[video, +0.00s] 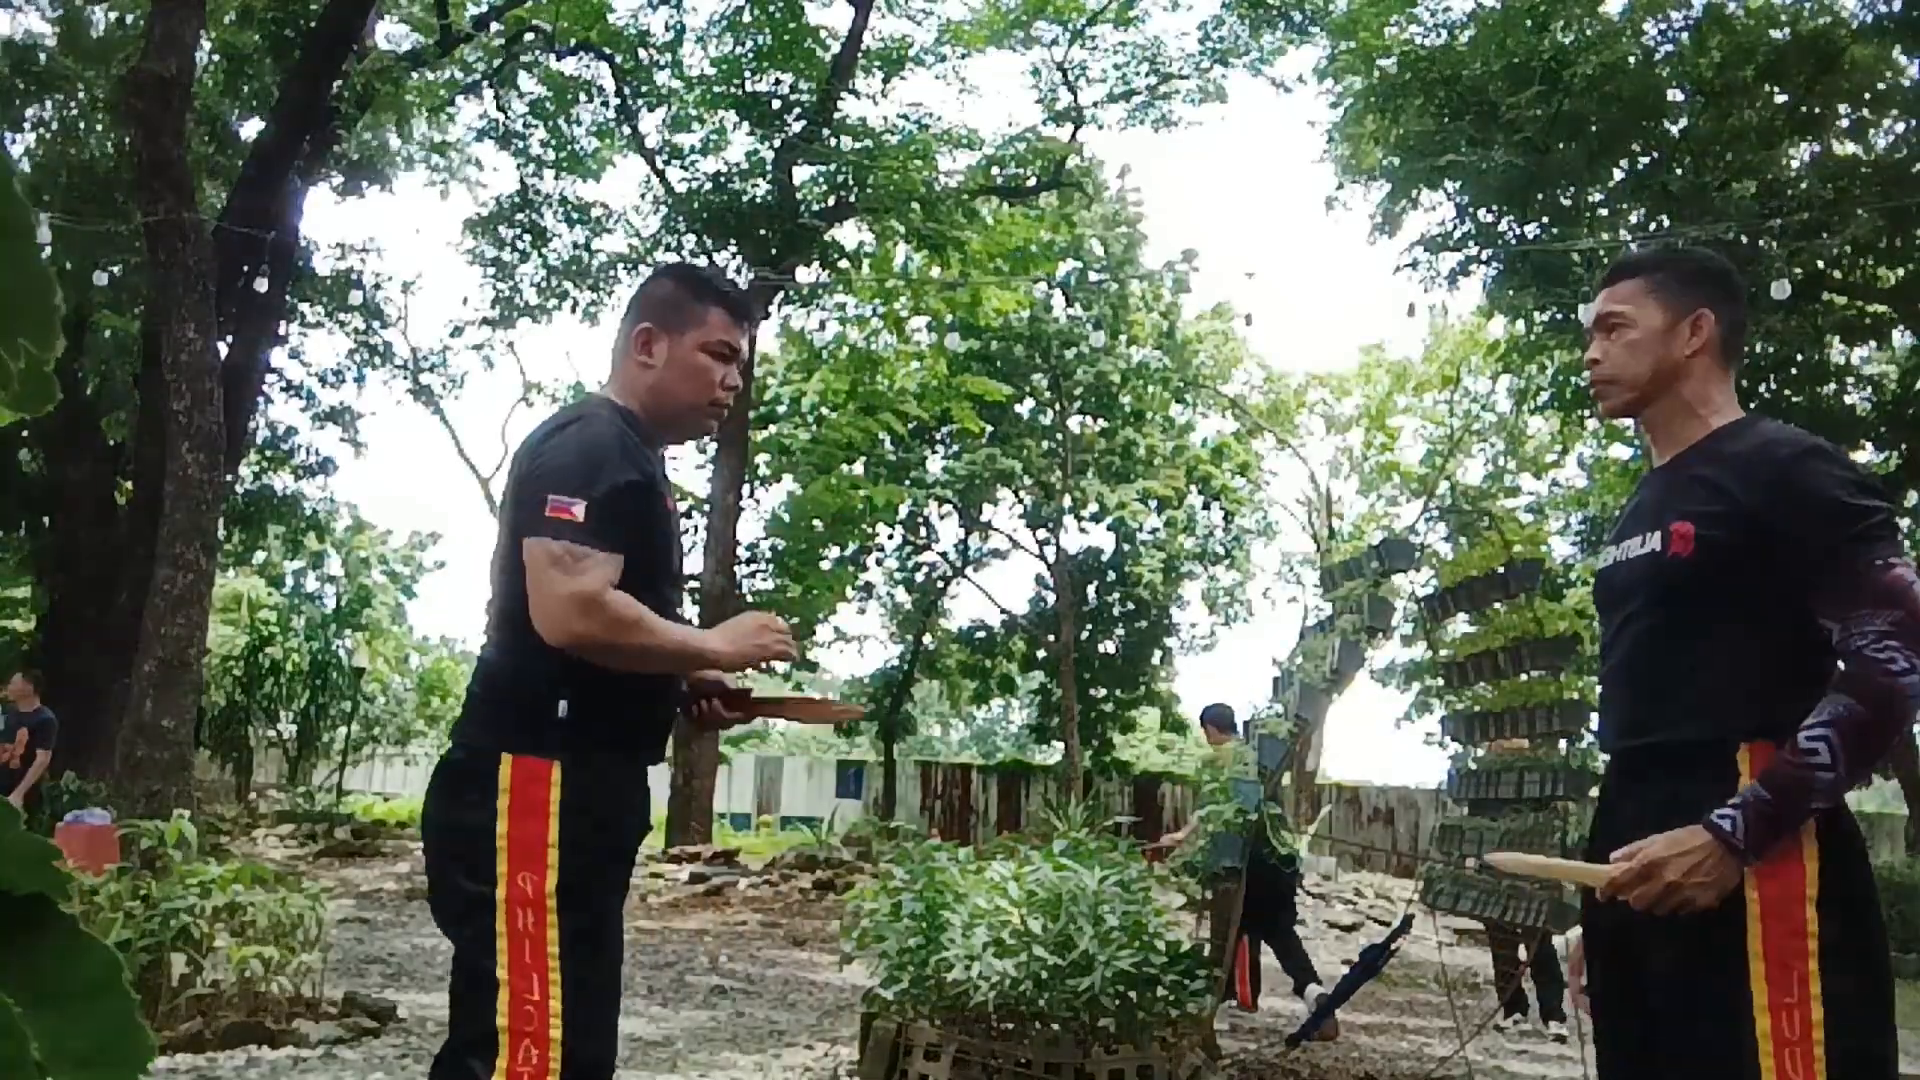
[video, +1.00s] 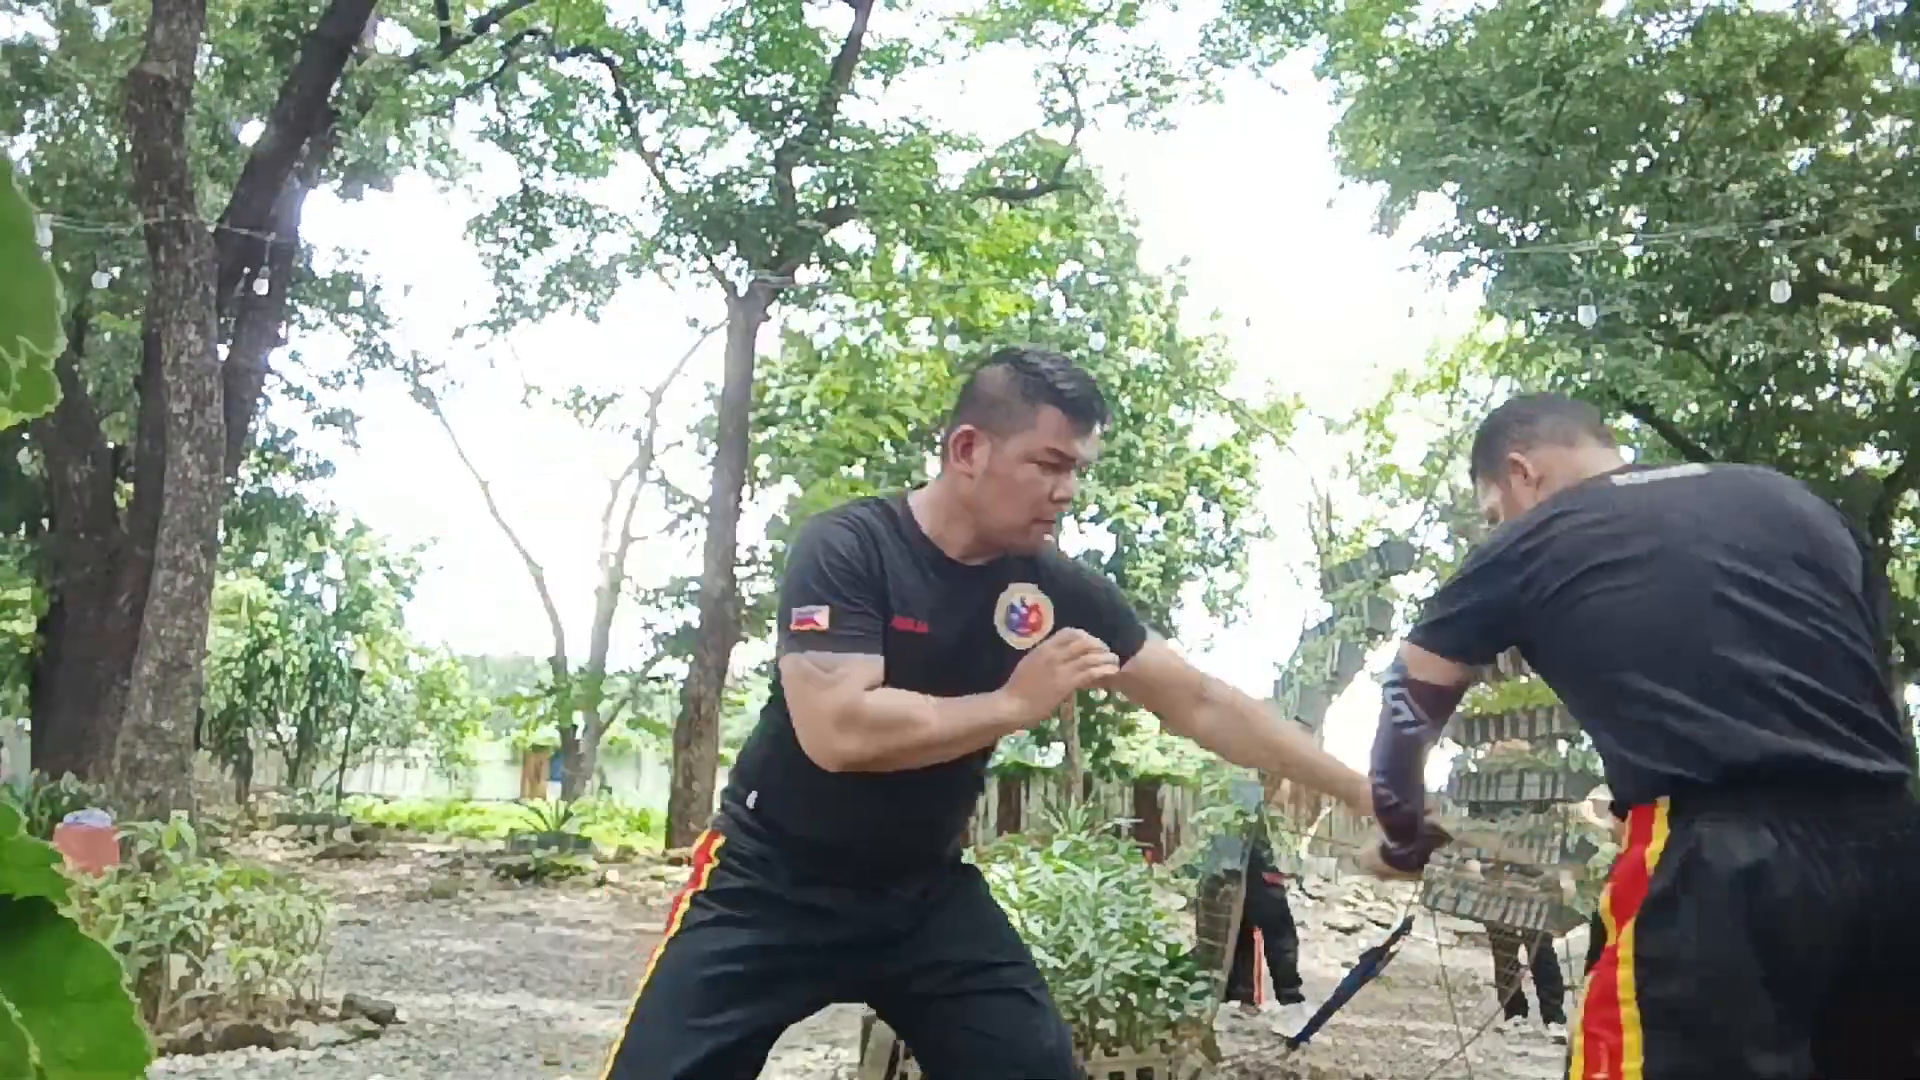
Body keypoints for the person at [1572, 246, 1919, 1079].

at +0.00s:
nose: (1589, 349)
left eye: (1612, 325)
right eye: (1590, 331)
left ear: (1694, 333)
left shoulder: (1784, 463)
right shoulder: (1640, 504)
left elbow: (1894, 659)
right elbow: (1652, 725)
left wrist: (1736, 831)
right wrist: (1603, 917)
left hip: (1768, 866)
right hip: (1639, 863)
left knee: (1782, 1064)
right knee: (1644, 1063)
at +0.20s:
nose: (1582, 362)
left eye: (1602, 333)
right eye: (1584, 340)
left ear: (1684, 333)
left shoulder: (1786, 463)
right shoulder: (1643, 504)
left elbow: (1887, 661)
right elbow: (1632, 707)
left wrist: (1724, 829)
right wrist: (1533, 833)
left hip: (1765, 860)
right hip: (1638, 863)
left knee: (1783, 1065)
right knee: (1645, 1064)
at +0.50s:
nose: (1557, 400)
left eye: (1572, 368)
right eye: (1551, 380)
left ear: (1651, 348)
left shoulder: (1774, 463)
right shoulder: (1626, 515)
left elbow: (1905, 634)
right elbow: (1630, 703)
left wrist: (1768, 813)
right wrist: (1511, 711)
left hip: (1764, 835)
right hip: (1633, 842)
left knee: (1776, 1061)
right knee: (1639, 1062)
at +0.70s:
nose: (1509, 487)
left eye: (1509, 456)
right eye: (1498, 467)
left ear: (1578, 412)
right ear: (1577, 414)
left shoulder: (1719, 478)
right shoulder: (1601, 556)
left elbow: (1893, 602)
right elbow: (1575, 742)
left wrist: (1763, 802)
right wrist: (1513, 635)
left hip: (1774, 843)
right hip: (1663, 850)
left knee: (1721, 1065)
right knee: (1628, 1063)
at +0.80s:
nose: (1493, 546)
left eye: (1483, 516)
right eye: (1477, 528)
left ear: (1537, 470)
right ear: (1542, 472)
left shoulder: (1665, 513)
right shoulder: (1627, 574)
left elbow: (1738, 627)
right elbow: (1603, 780)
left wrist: (1613, 833)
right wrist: (1535, 647)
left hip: (1768, 858)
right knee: (1634, 1061)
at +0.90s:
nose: (1488, 562)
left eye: (1477, 534)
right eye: (1472, 544)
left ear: (1519, 486)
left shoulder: (1591, 526)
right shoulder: (1703, 527)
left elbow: (1507, 704)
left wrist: (1421, 882)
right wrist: (1666, 804)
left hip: (1755, 867)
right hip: (1870, 857)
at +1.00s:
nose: (1501, 533)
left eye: (1495, 511)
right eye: (1494, 518)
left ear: (1524, 472)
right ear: (1609, 447)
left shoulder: (1534, 545)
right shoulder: (1802, 501)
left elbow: (1406, 715)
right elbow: (1871, 684)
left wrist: (1401, 825)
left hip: (1712, 875)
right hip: (1892, 851)